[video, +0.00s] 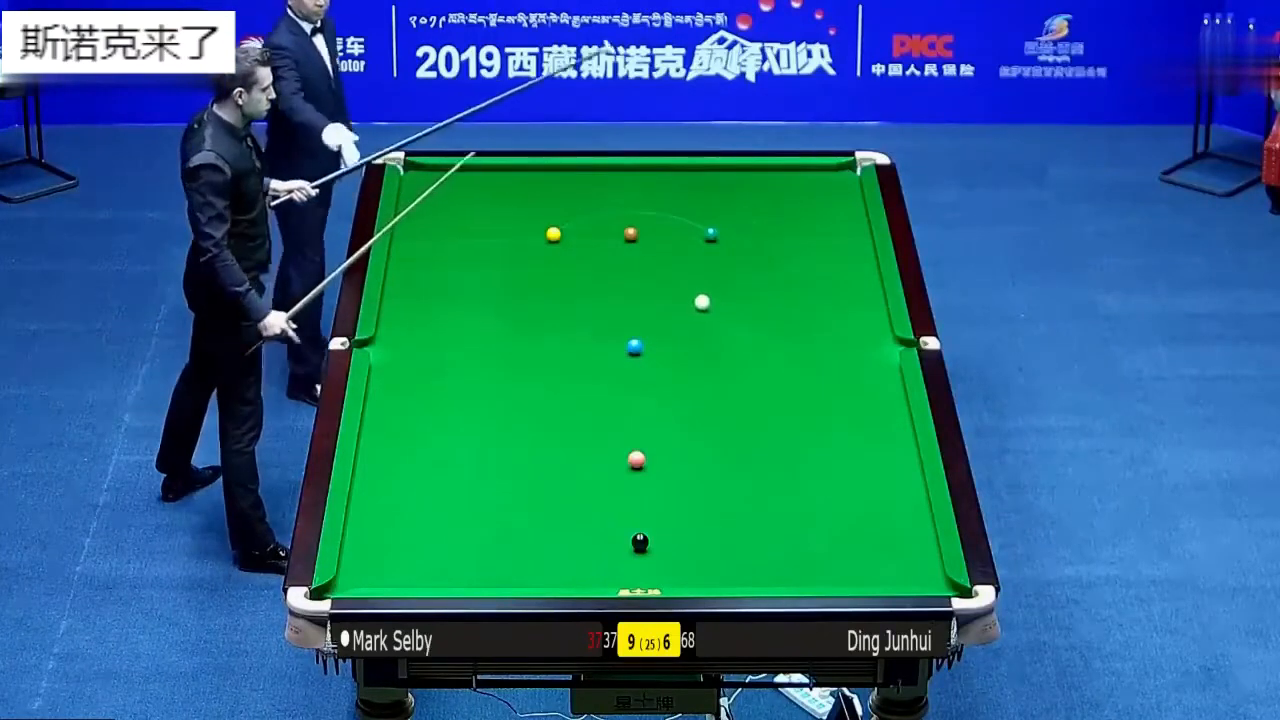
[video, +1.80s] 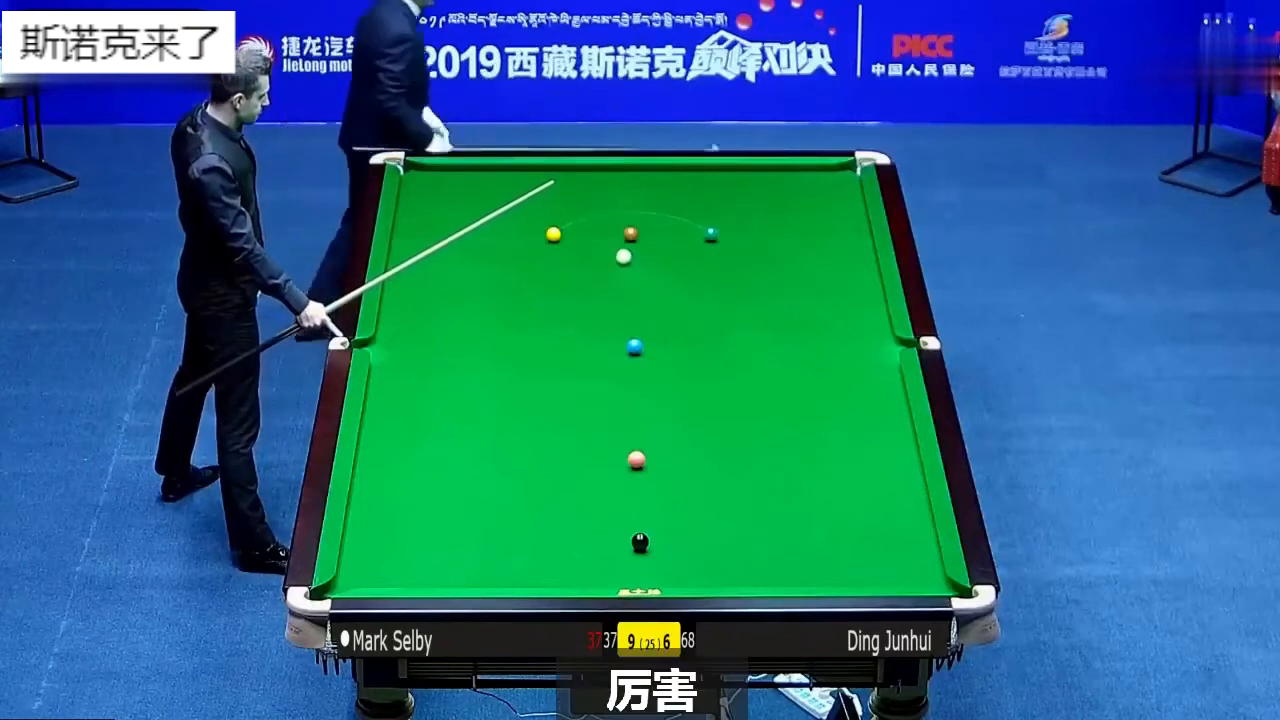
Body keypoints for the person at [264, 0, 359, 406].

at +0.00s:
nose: (321, 3)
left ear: (324, 2)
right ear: (292, 1)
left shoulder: (323, 27)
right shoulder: (282, 43)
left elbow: (329, 87)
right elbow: (290, 100)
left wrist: (343, 129)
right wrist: (328, 128)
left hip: (322, 164)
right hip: (294, 171)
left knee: (302, 264)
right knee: (309, 272)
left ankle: (307, 359)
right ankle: (304, 378)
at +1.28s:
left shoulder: (336, 27)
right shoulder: (313, 37)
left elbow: (351, 81)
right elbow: (310, 102)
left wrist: (382, 104)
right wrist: (358, 131)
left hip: (336, 160)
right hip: (318, 166)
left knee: (332, 253)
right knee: (324, 257)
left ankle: (319, 349)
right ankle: (312, 368)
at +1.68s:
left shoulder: (374, 14)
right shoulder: (361, 24)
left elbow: (387, 67)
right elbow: (348, 92)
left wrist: (418, 104)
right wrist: (388, 129)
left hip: (362, 140)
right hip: (346, 144)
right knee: (340, 227)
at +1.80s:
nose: (435, 1)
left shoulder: (391, 16)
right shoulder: (395, 26)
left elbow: (401, 82)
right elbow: (389, 98)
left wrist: (423, 112)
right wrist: (426, 138)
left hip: (372, 142)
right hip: (375, 146)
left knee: (363, 227)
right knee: (361, 229)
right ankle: (317, 312)